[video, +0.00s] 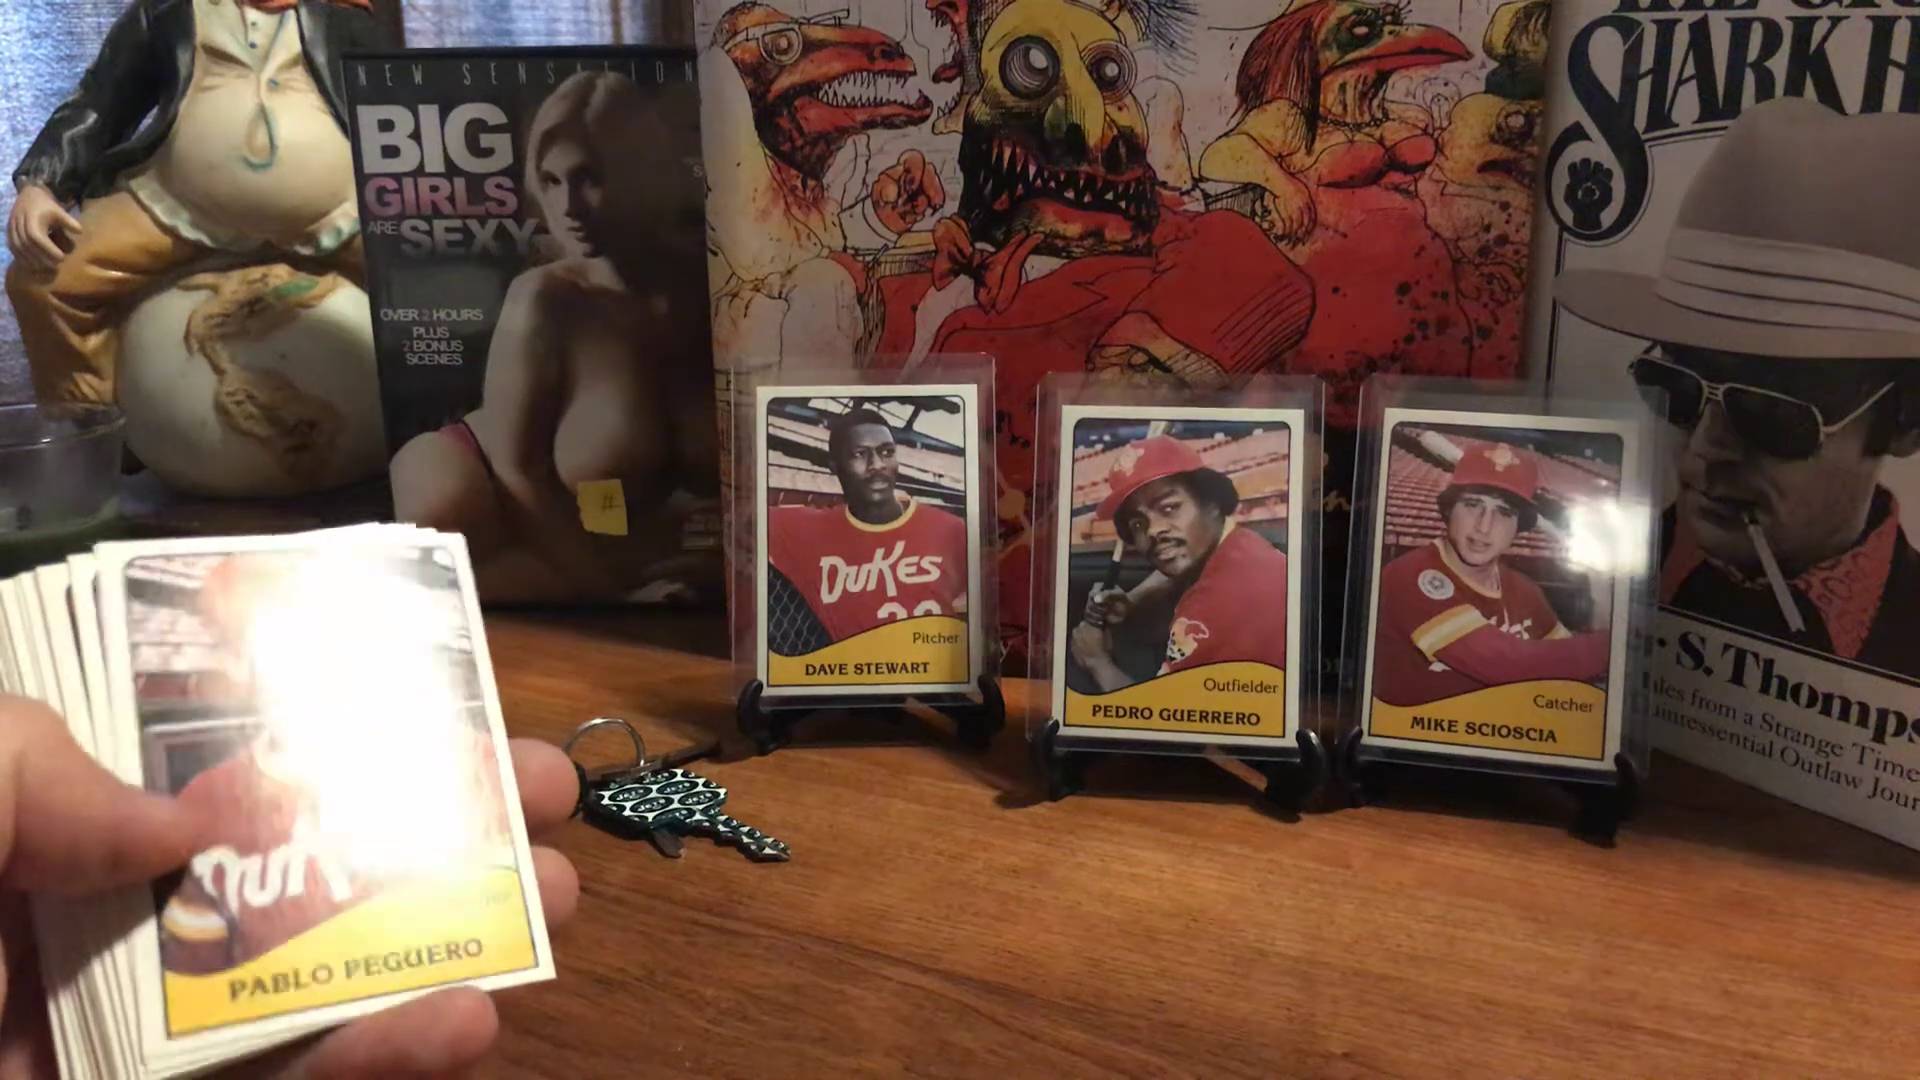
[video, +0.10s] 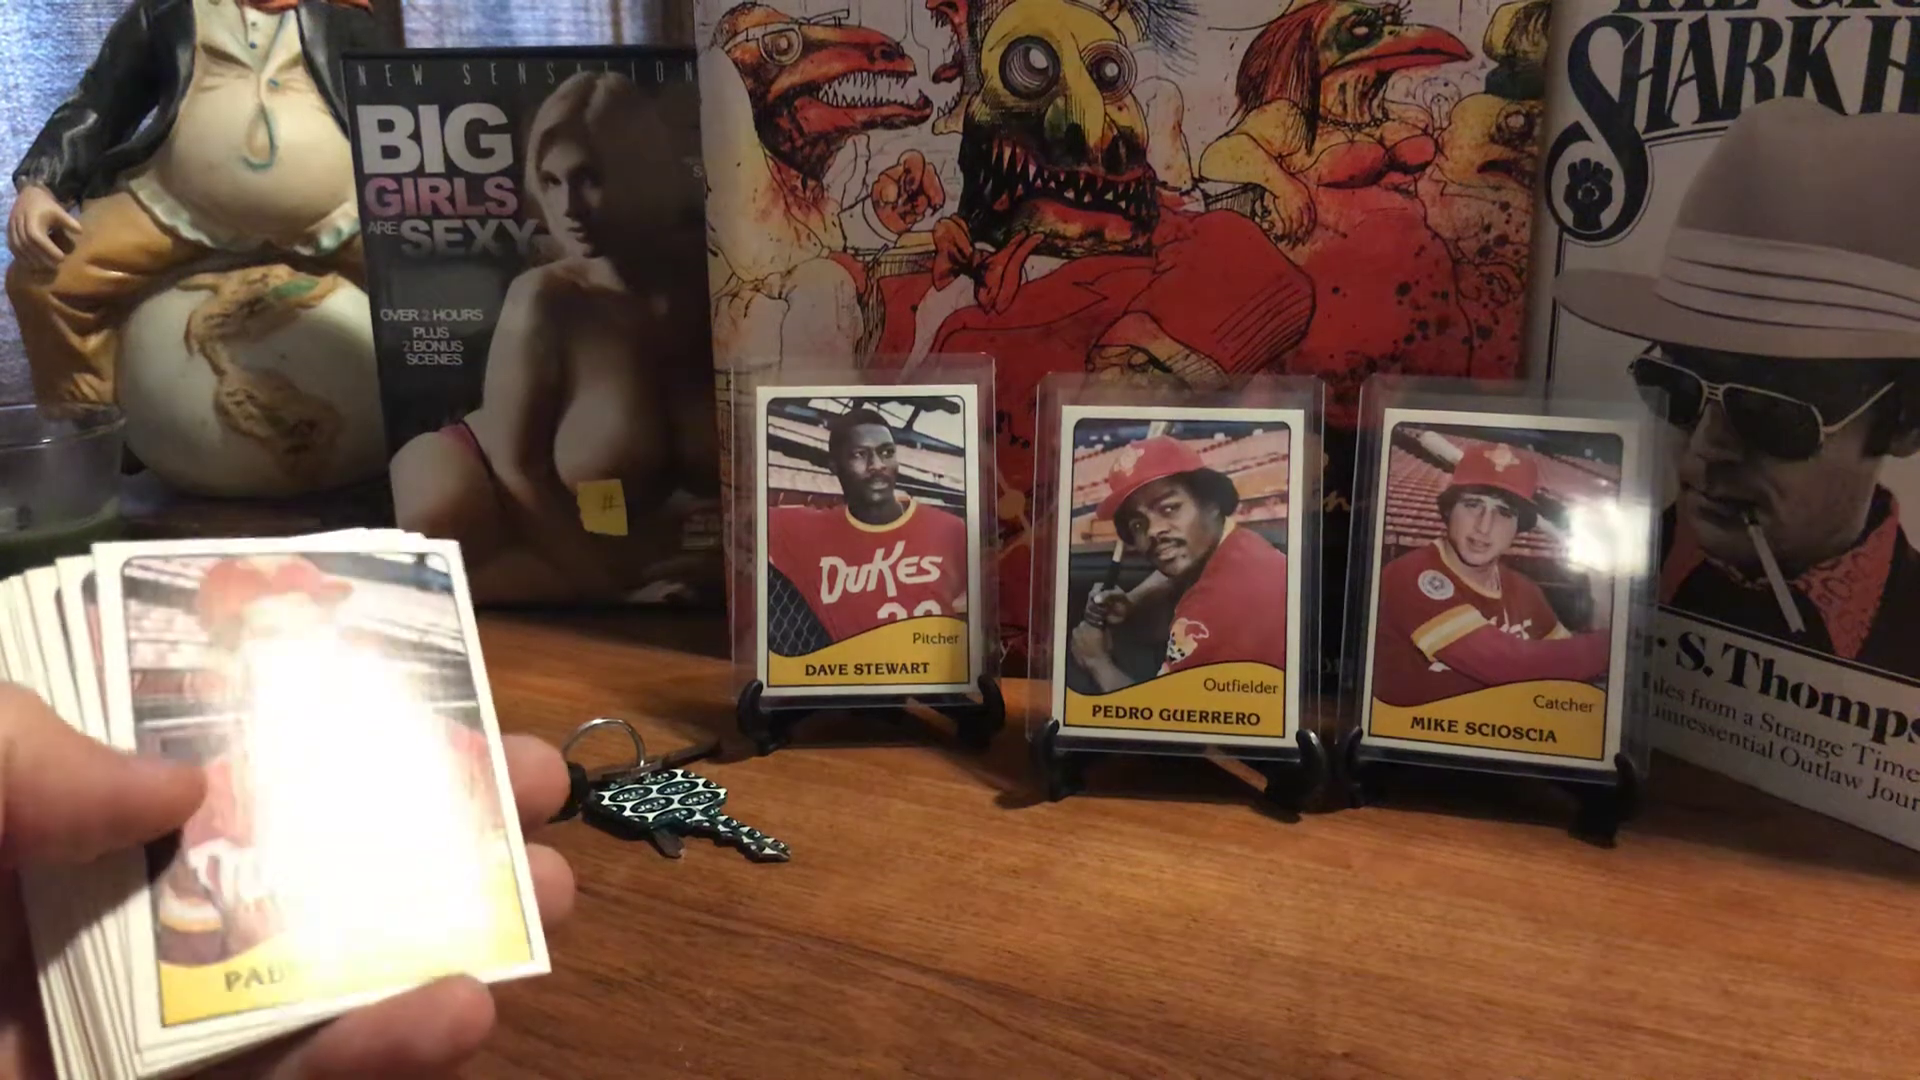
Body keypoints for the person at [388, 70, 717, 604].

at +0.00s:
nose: (569, 205)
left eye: (590, 178)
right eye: (552, 182)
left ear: (641, 177)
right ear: (537, 189)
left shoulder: (689, 291)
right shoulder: (542, 297)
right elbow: (514, 464)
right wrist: (613, 583)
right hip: (479, 462)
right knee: (437, 517)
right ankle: (614, 583)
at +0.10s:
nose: (569, 205)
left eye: (590, 178)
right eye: (552, 182)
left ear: (643, 176)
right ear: (537, 190)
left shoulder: (692, 291)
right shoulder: (542, 297)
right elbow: (513, 463)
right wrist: (611, 580)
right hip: (480, 461)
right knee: (438, 519)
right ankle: (615, 585)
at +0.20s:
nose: (569, 205)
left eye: (590, 178)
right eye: (552, 182)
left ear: (644, 176)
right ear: (537, 189)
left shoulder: (689, 293)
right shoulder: (542, 298)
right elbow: (513, 463)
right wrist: (610, 579)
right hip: (479, 462)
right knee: (438, 516)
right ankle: (616, 585)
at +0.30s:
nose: (569, 205)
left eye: (590, 178)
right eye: (552, 182)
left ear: (643, 176)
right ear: (537, 189)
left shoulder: (687, 293)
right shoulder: (542, 298)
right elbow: (513, 463)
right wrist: (610, 579)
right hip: (479, 463)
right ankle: (615, 585)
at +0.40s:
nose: (569, 205)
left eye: (590, 178)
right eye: (553, 181)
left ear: (643, 177)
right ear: (537, 189)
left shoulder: (688, 292)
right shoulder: (542, 297)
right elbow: (513, 463)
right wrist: (609, 577)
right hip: (478, 462)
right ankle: (616, 585)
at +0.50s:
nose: (570, 205)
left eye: (591, 178)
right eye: (553, 182)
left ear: (643, 177)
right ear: (538, 189)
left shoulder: (687, 295)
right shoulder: (542, 297)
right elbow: (513, 463)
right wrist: (611, 580)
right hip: (475, 464)